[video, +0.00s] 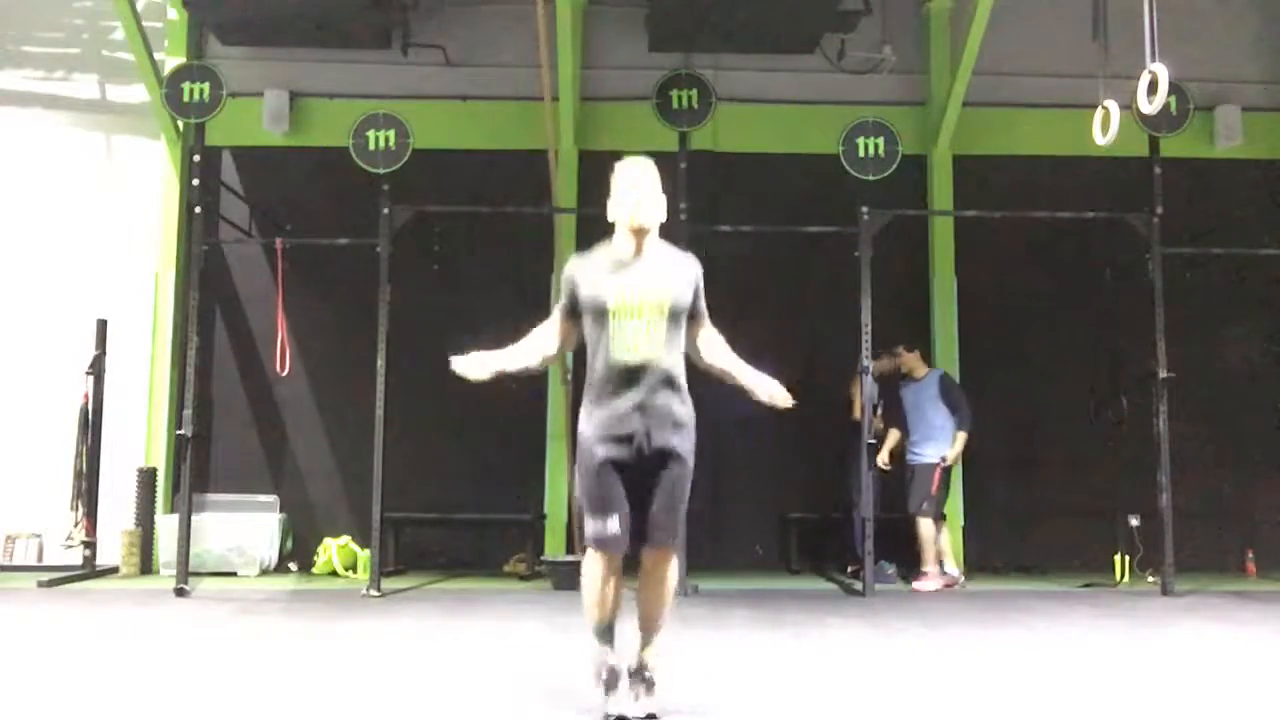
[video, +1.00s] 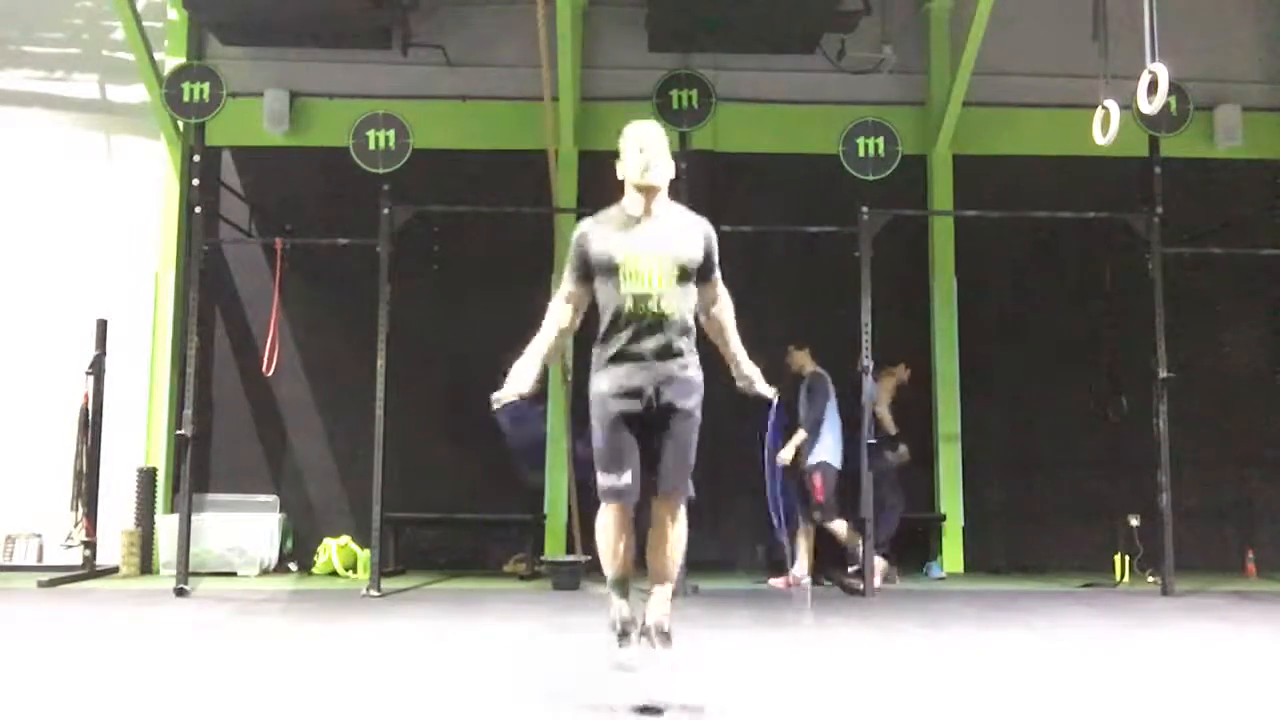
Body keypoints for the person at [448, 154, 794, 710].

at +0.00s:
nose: (642, 201)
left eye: (650, 191)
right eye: (632, 191)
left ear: (663, 202)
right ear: (612, 202)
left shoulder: (685, 269)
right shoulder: (582, 269)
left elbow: (704, 339)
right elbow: (554, 338)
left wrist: (752, 378)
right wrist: (496, 360)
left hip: (670, 421)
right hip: (603, 422)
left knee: (661, 546)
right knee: (606, 542)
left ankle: (644, 663)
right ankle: (604, 653)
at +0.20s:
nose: (641, 171)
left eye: (649, 162)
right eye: (631, 162)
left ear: (662, 173)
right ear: (611, 173)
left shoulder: (688, 240)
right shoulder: (583, 241)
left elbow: (713, 321)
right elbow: (561, 314)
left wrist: (754, 386)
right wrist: (520, 361)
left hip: (668, 395)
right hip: (603, 395)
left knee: (660, 518)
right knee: (600, 514)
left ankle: (647, 635)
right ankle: (603, 638)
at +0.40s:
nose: (642, 147)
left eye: (650, 139)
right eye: (632, 139)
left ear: (666, 149)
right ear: (615, 149)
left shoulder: (693, 219)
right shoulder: (586, 220)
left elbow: (713, 295)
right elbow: (559, 290)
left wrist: (732, 357)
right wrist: (539, 346)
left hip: (671, 366)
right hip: (604, 365)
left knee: (663, 485)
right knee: (606, 480)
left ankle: (647, 610)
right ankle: (606, 600)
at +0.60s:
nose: (643, 235)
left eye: (652, 225)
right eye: (633, 225)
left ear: (666, 232)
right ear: (616, 233)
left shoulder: (692, 301)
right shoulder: (587, 303)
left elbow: (721, 369)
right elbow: (550, 371)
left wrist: (784, 402)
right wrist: (484, 371)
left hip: (672, 447)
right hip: (607, 446)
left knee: (665, 570)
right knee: (612, 563)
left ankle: (648, 673)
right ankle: (615, 675)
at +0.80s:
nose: (644, 156)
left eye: (652, 148)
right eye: (634, 148)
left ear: (667, 160)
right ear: (617, 161)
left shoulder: (695, 227)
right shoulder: (590, 230)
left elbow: (723, 302)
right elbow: (560, 305)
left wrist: (765, 363)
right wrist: (516, 358)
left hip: (675, 375)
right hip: (611, 376)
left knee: (668, 498)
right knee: (611, 491)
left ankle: (655, 615)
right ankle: (611, 612)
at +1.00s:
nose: (647, 161)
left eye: (656, 153)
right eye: (637, 153)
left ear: (672, 163)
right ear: (619, 165)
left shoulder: (697, 232)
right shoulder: (592, 233)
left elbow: (713, 304)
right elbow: (567, 307)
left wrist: (742, 366)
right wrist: (528, 364)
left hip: (680, 379)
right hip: (615, 380)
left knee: (672, 496)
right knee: (617, 495)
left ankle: (659, 613)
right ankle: (620, 605)